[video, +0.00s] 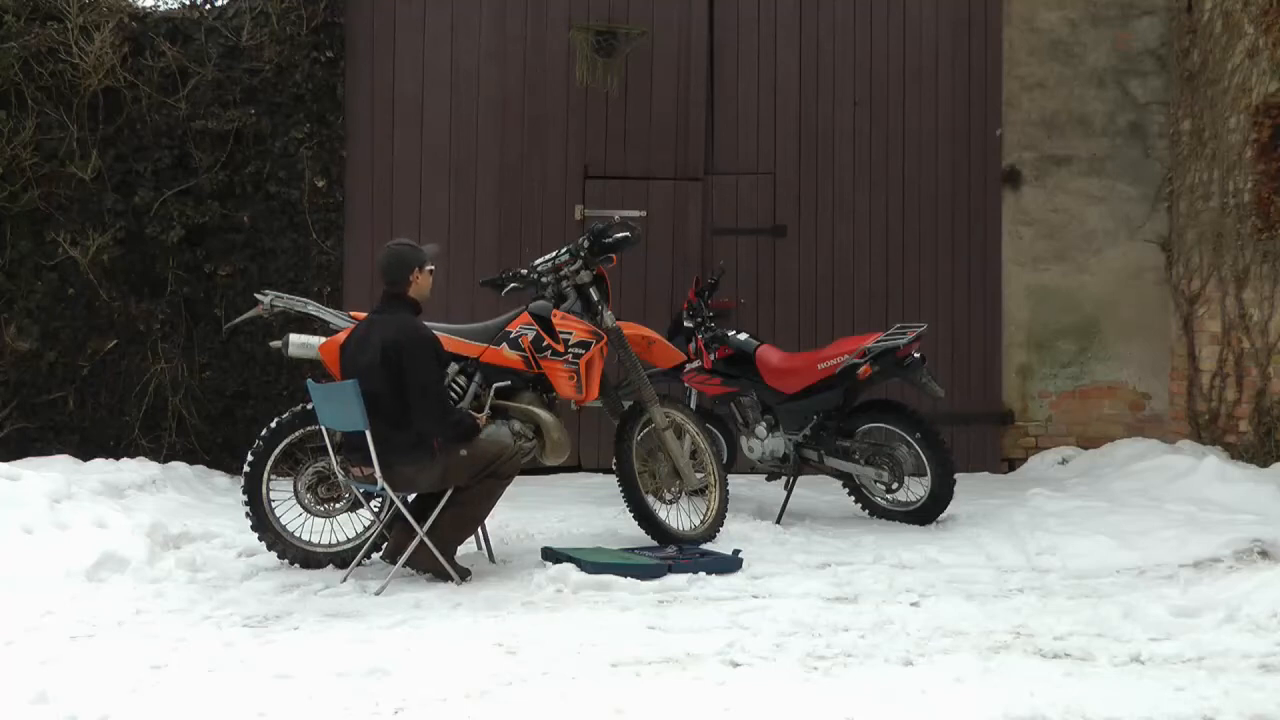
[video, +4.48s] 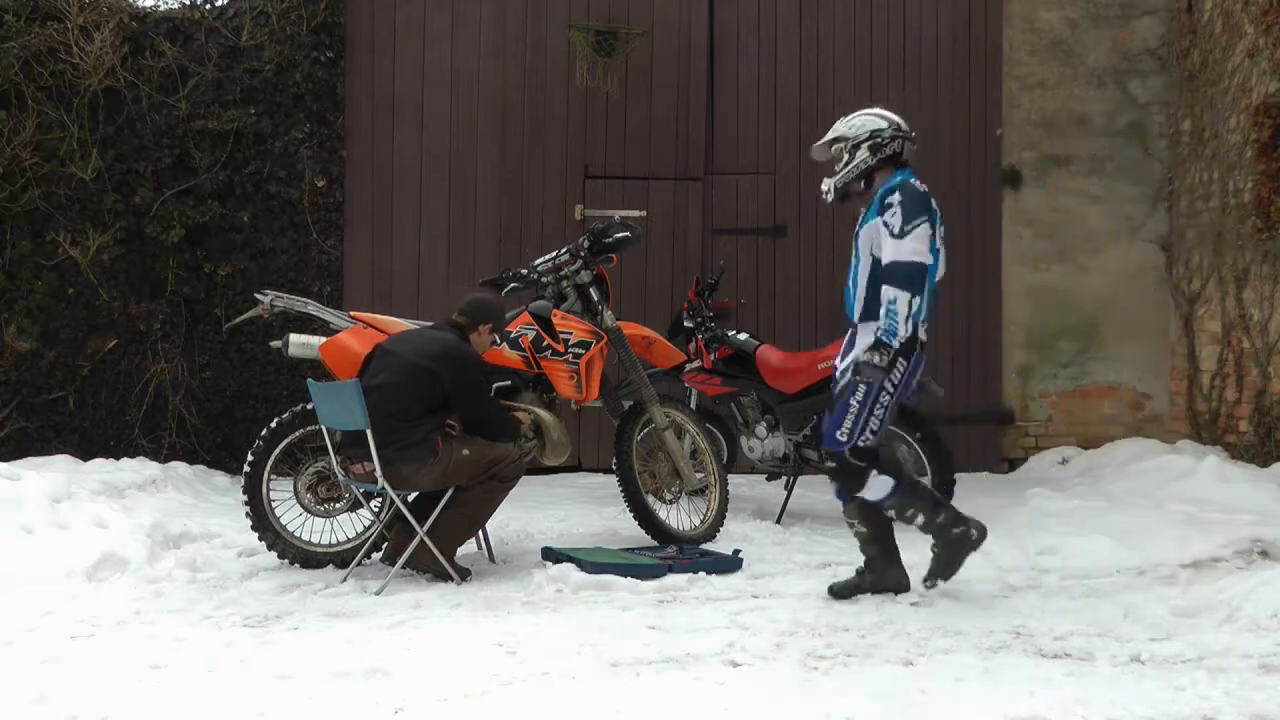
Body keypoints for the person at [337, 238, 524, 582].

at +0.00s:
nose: (432, 276)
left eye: (430, 269)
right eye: (428, 270)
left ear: (389, 279)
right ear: (414, 278)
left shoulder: (362, 331)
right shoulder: (416, 335)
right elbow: (435, 417)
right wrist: (472, 423)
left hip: (374, 460)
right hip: (406, 465)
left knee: (471, 448)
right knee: (504, 453)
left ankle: (405, 538)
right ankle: (435, 549)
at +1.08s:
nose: (456, 315)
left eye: (458, 308)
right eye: (456, 306)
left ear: (417, 297)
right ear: (445, 302)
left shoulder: (372, 333)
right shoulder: (432, 345)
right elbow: (460, 425)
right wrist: (490, 417)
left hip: (359, 457)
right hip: (401, 465)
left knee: (460, 455)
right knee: (507, 456)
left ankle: (403, 543)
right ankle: (434, 550)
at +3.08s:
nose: (478, 336)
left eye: (481, 329)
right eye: (479, 327)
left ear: (442, 314)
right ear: (469, 321)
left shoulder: (392, 337)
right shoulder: (454, 353)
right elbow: (480, 431)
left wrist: (434, 424)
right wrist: (497, 436)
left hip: (357, 456)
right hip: (401, 463)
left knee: (465, 454)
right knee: (507, 462)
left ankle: (403, 543)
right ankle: (435, 551)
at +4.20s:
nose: (492, 345)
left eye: (495, 339)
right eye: (494, 337)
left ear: (459, 317)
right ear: (484, 329)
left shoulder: (405, 337)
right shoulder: (461, 356)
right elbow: (494, 428)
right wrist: (514, 417)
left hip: (358, 454)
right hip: (401, 461)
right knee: (509, 463)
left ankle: (402, 543)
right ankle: (435, 551)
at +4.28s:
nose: (492, 345)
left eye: (495, 339)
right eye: (494, 337)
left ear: (459, 317)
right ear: (484, 329)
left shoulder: (406, 337)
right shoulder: (462, 357)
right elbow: (495, 431)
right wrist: (514, 420)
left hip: (358, 454)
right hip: (401, 461)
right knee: (508, 464)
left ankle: (402, 543)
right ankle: (435, 551)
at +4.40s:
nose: (492, 345)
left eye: (495, 339)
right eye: (494, 338)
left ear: (459, 317)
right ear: (484, 329)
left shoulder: (405, 337)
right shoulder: (461, 357)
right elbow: (493, 429)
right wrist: (514, 420)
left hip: (357, 456)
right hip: (401, 461)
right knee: (508, 464)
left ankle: (402, 543)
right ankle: (435, 551)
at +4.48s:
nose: (492, 345)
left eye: (495, 339)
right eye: (493, 337)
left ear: (459, 317)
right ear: (483, 329)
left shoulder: (404, 337)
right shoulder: (461, 357)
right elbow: (486, 424)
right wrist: (516, 421)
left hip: (357, 456)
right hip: (400, 461)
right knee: (508, 464)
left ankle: (402, 543)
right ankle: (435, 550)